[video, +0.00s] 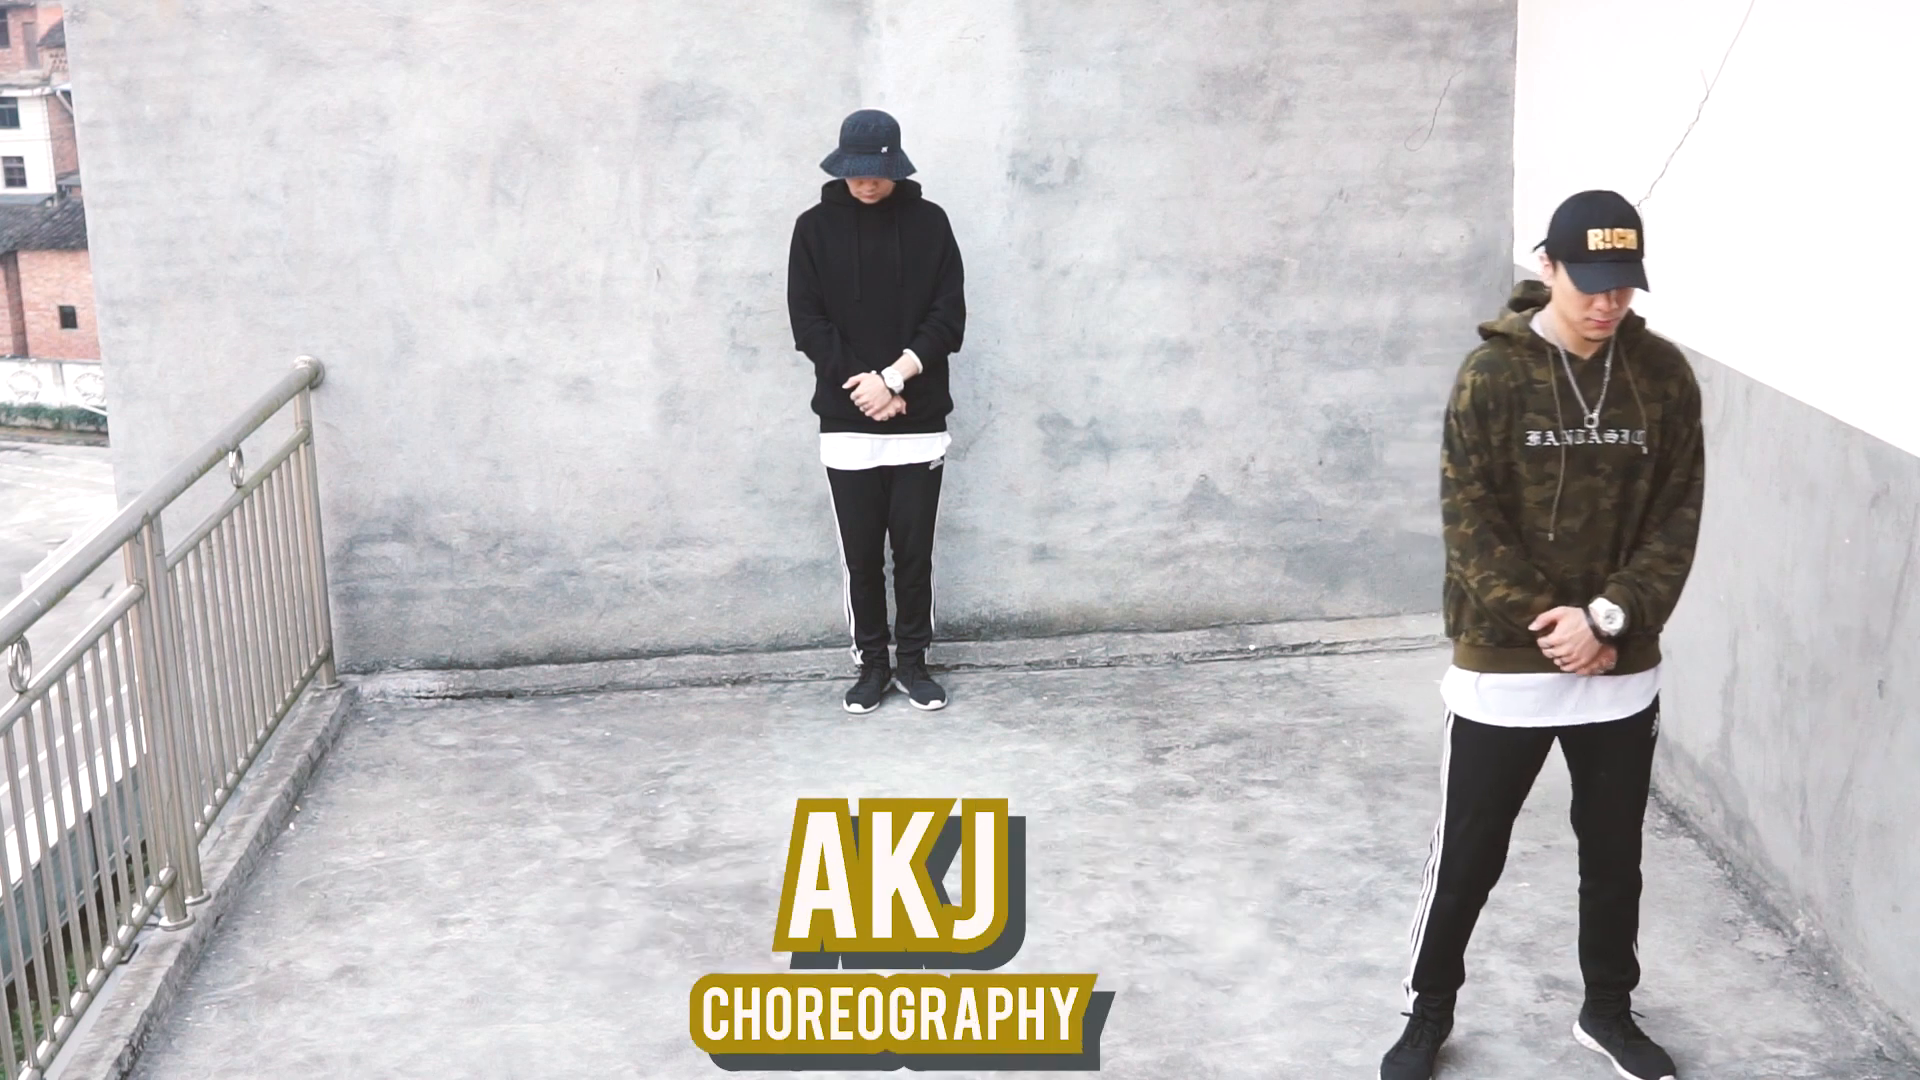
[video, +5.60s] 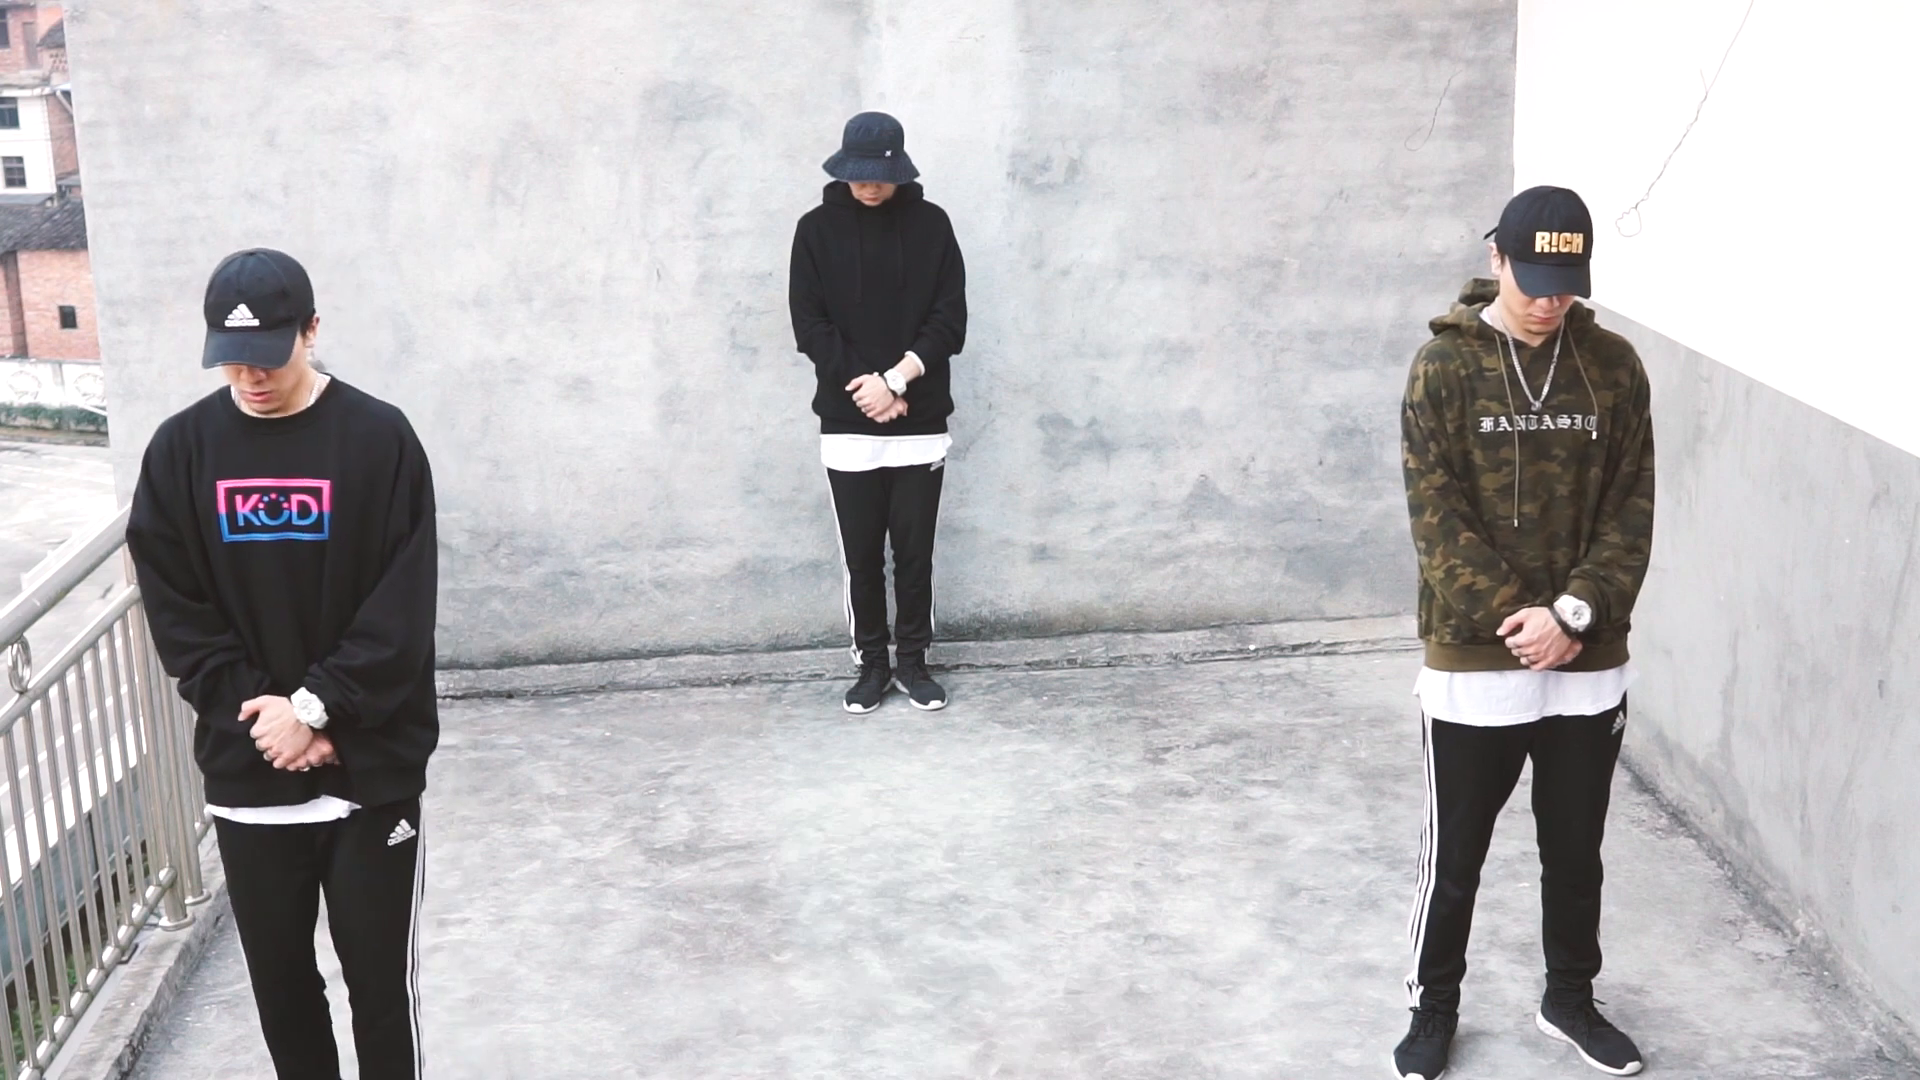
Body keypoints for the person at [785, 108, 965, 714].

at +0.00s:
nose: (867, 183)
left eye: (878, 173)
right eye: (856, 173)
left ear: (897, 168)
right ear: (841, 169)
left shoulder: (928, 222)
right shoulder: (815, 226)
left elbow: (948, 317)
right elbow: (807, 323)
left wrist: (895, 373)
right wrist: (863, 386)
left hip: (919, 413)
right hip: (845, 416)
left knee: (913, 548)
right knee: (861, 551)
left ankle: (913, 664)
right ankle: (872, 666)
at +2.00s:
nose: (868, 190)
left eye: (879, 180)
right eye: (857, 179)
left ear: (897, 173)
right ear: (840, 173)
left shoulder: (927, 221)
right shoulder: (814, 228)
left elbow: (948, 317)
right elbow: (807, 325)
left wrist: (895, 374)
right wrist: (863, 386)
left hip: (919, 414)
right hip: (844, 418)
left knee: (913, 549)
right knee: (861, 551)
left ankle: (913, 664)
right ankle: (872, 666)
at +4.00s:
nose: (867, 187)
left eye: (879, 177)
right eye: (857, 177)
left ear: (898, 172)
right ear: (840, 172)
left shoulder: (928, 222)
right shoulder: (814, 228)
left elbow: (949, 317)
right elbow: (806, 325)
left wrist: (896, 374)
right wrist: (863, 387)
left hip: (920, 415)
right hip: (846, 418)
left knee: (913, 549)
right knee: (861, 552)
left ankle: (913, 663)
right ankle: (873, 667)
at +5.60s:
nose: (870, 187)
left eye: (881, 176)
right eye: (859, 176)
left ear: (900, 172)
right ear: (843, 171)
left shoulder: (930, 223)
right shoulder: (817, 228)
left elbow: (950, 319)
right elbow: (809, 324)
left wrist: (896, 375)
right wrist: (864, 387)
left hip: (920, 415)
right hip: (846, 418)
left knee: (913, 550)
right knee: (862, 553)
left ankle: (914, 662)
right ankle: (872, 666)